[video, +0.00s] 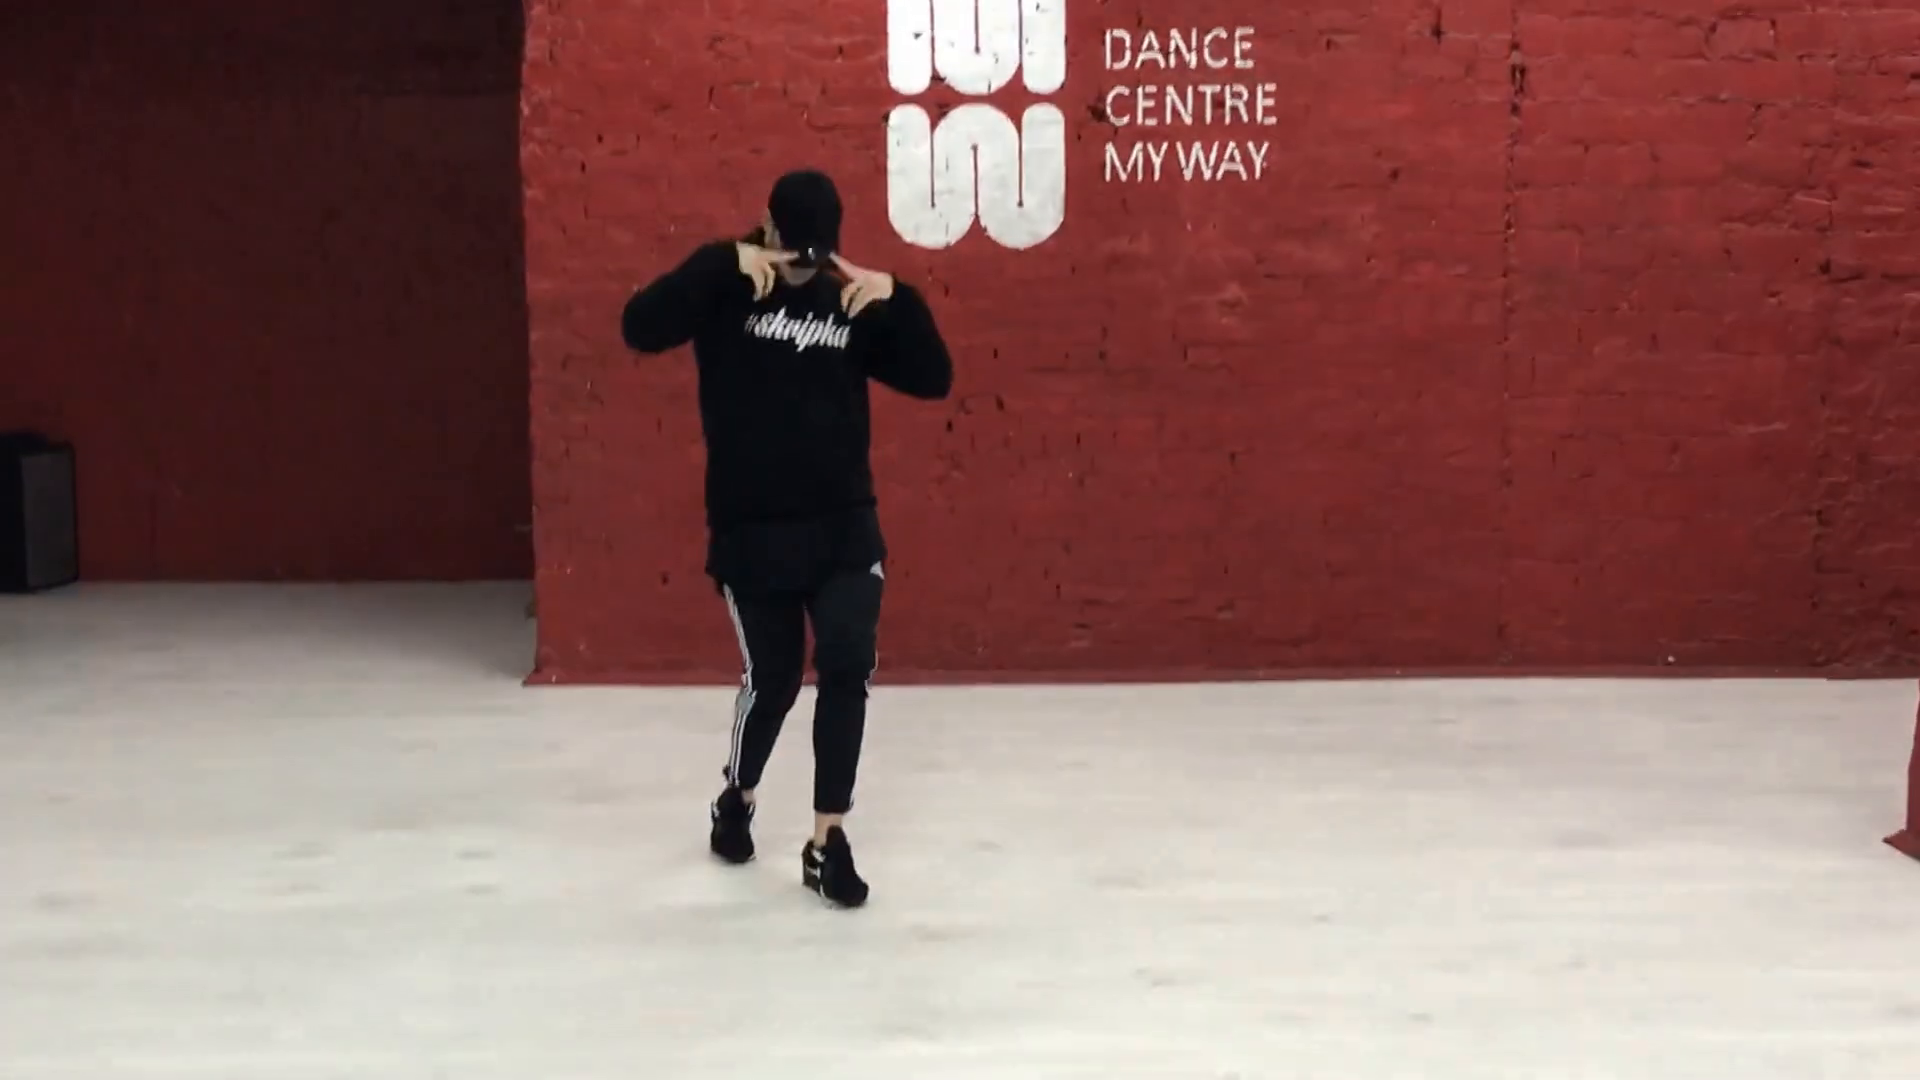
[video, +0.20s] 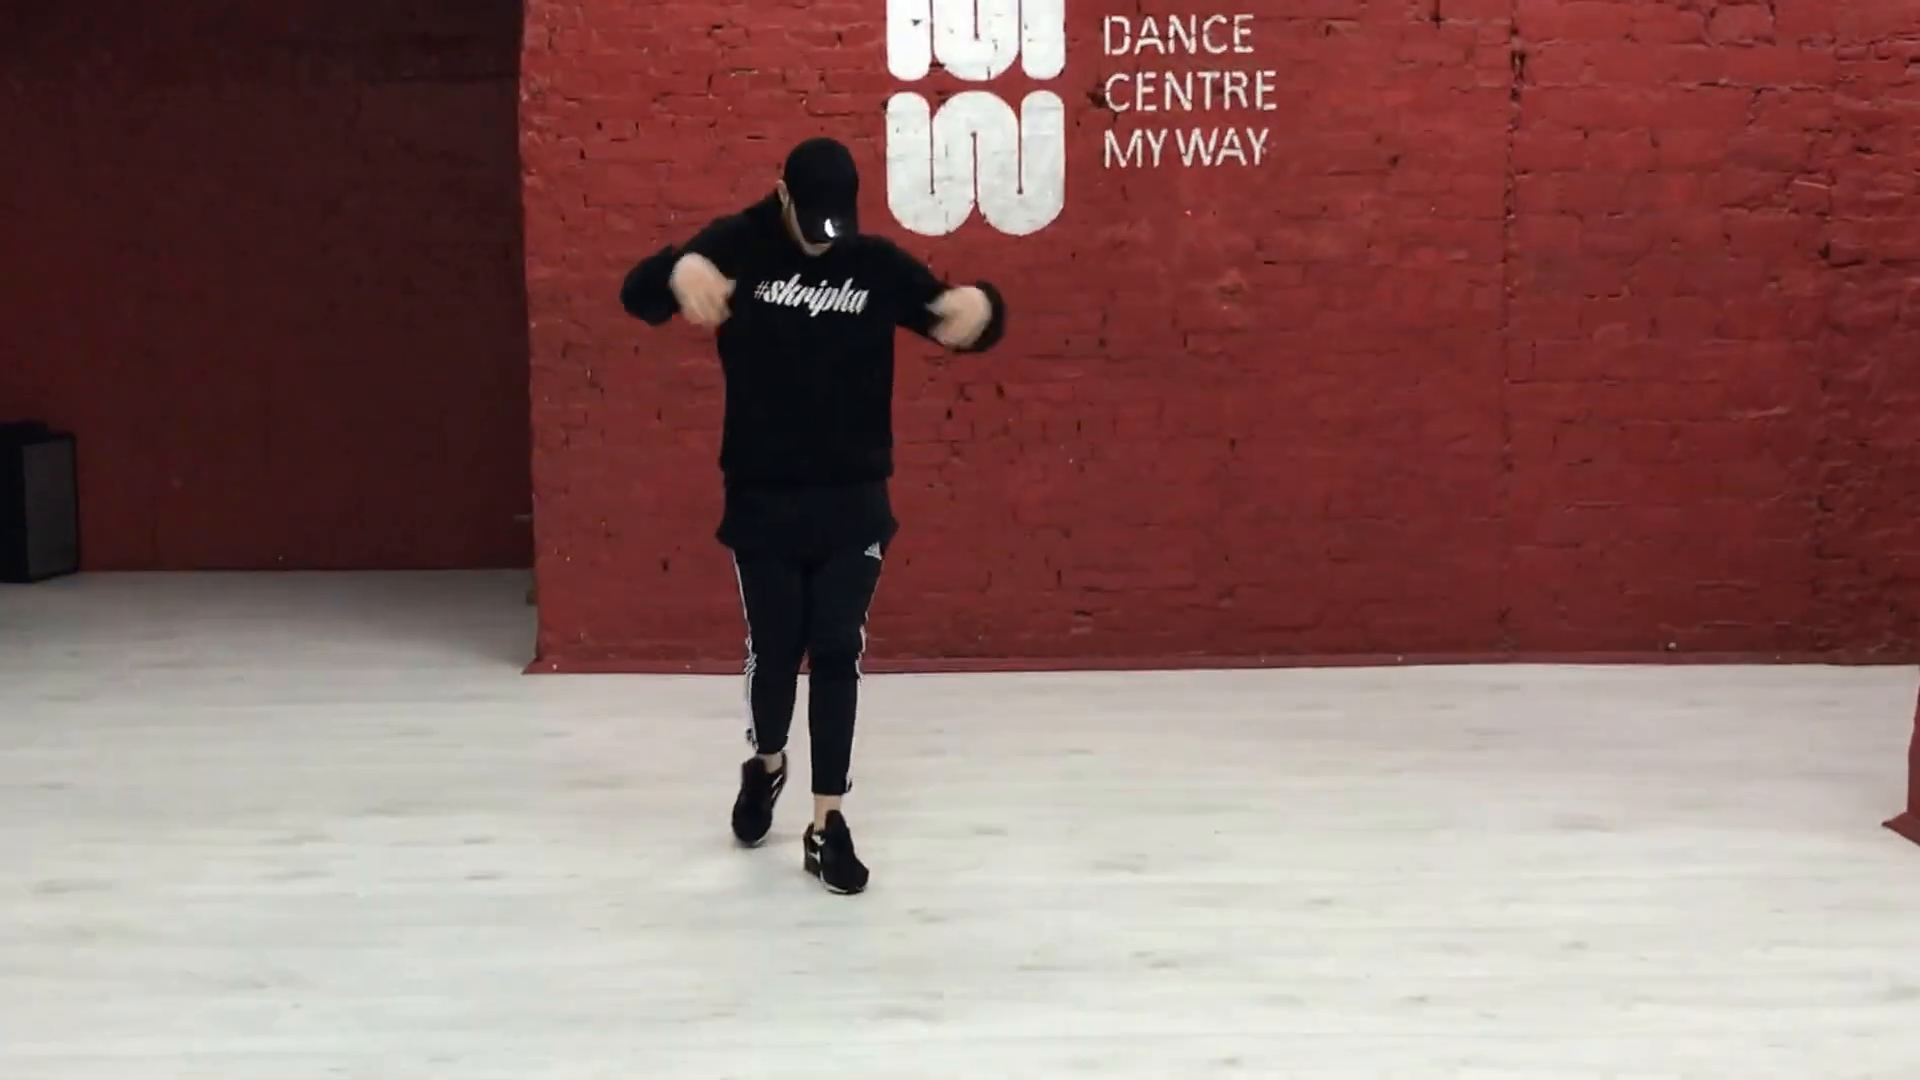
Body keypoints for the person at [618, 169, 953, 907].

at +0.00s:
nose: (802, 267)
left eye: (817, 256)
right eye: (793, 253)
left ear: (837, 247)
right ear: (768, 234)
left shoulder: (854, 304)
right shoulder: (722, 288)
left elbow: (932, 380)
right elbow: (640, 327)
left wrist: (895, 299)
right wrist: (725, 262)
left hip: (842, 522)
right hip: (752, 524)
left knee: (848, 674)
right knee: (774, 679)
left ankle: (828, 838)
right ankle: (736, 800)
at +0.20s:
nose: (822, 238)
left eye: (835, 227)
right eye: (811, 224)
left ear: (854, 210)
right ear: (785, 199)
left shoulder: (876, 263)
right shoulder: (739, 247)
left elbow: (962, 319)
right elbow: (639, 293)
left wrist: (982, 310)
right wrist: (676, 274)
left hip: (852, 496)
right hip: (763, 494)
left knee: (837, 657)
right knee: (776, 651)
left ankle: (828, 820)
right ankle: (766, 765)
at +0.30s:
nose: (829, 246)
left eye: (841, 234)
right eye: (818, 232)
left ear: (858, 217)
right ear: (789, 211)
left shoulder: (882, 267)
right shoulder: (746, 254)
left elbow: (955, 296)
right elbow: (682, 276)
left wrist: (1015, 320)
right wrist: (646, 295)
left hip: (856, 496)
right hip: (765, 494)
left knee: (847, 653)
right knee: (776, 660)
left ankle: (829, 816)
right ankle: (781, 752)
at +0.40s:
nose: (827, 250)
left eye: (839, 238)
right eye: (815, 236)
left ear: (857, 223)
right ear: (791, 216)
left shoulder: (884, 279)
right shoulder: (752, 263)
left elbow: (956, 325)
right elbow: (691, 304)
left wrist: (1037, 359)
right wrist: (633, 341)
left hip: (859, 501)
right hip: (766, 499)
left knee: (849, 651)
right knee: (775, 662)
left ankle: (828, 810)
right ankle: (794, 740)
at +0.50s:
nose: (823, 227)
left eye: (834, 215)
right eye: (811, 214)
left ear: (854, 199)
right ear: (789, 194)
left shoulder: (887, 264)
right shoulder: (748, 247)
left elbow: (949, 355)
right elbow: (692, 334)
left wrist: (998, 442)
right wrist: (657, 419)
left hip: (858, 487)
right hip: (766, 485)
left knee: (840, 633)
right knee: (779, 647)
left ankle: (827, 801)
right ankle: (813, 722)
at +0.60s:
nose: (820, 200)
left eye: (831, 187)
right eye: (807, 187)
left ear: (851, 177)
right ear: (785, 175)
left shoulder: (886, 253)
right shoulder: (743, 243)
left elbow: (922, 375)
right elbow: (706, 360)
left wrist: (923, 489)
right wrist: (703, 471)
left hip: (856, 478)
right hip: (766, 478)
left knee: (833, 628)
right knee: (784, 636)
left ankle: (834, 800)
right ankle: (816, 739)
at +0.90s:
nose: (804, 164)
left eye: (816, 152)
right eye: (791, 152)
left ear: (836, 161)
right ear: (771, 161)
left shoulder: (876, 249)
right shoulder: (736, 249)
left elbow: (905, 361)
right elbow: (713, 360)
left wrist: (912, 462)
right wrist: (714, 462)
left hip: (855, 466)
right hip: (768, 468)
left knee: (839, 614)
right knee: (796, 621)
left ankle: (845, 779)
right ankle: (820, 748)